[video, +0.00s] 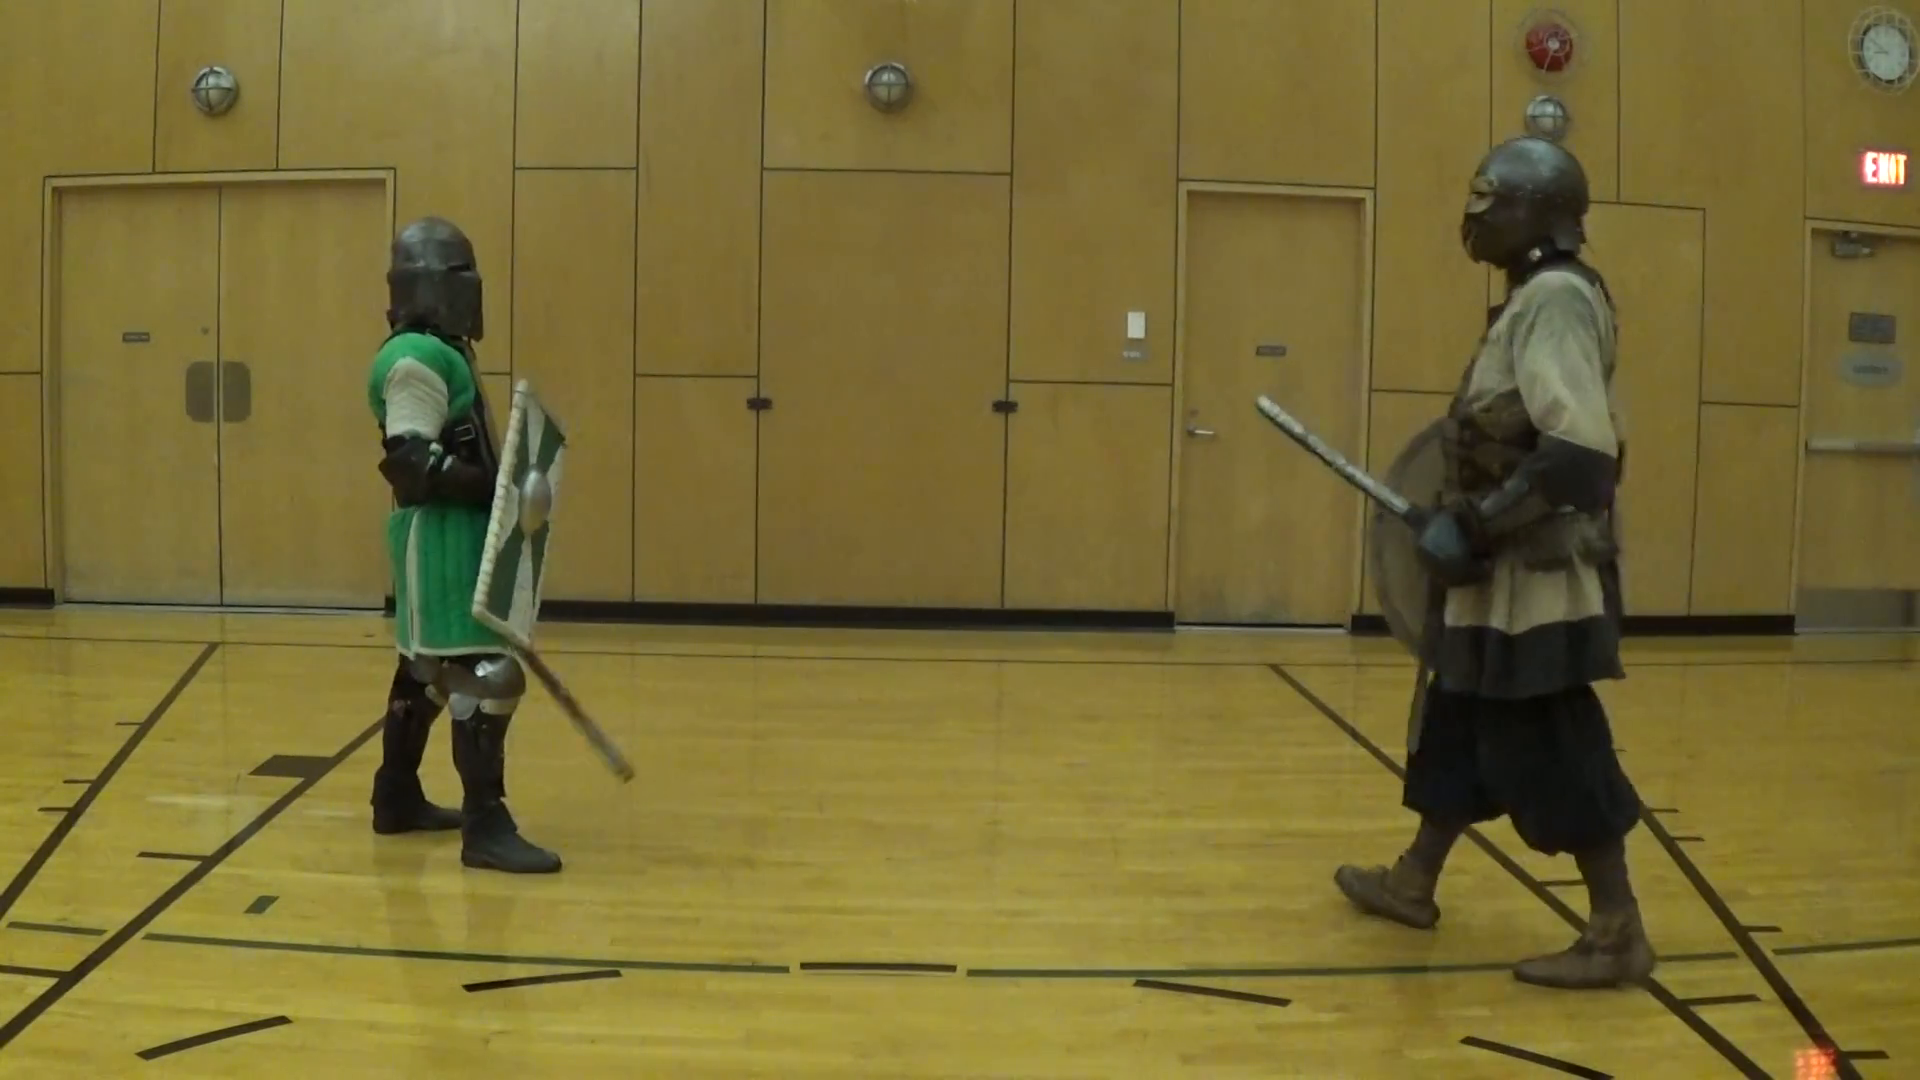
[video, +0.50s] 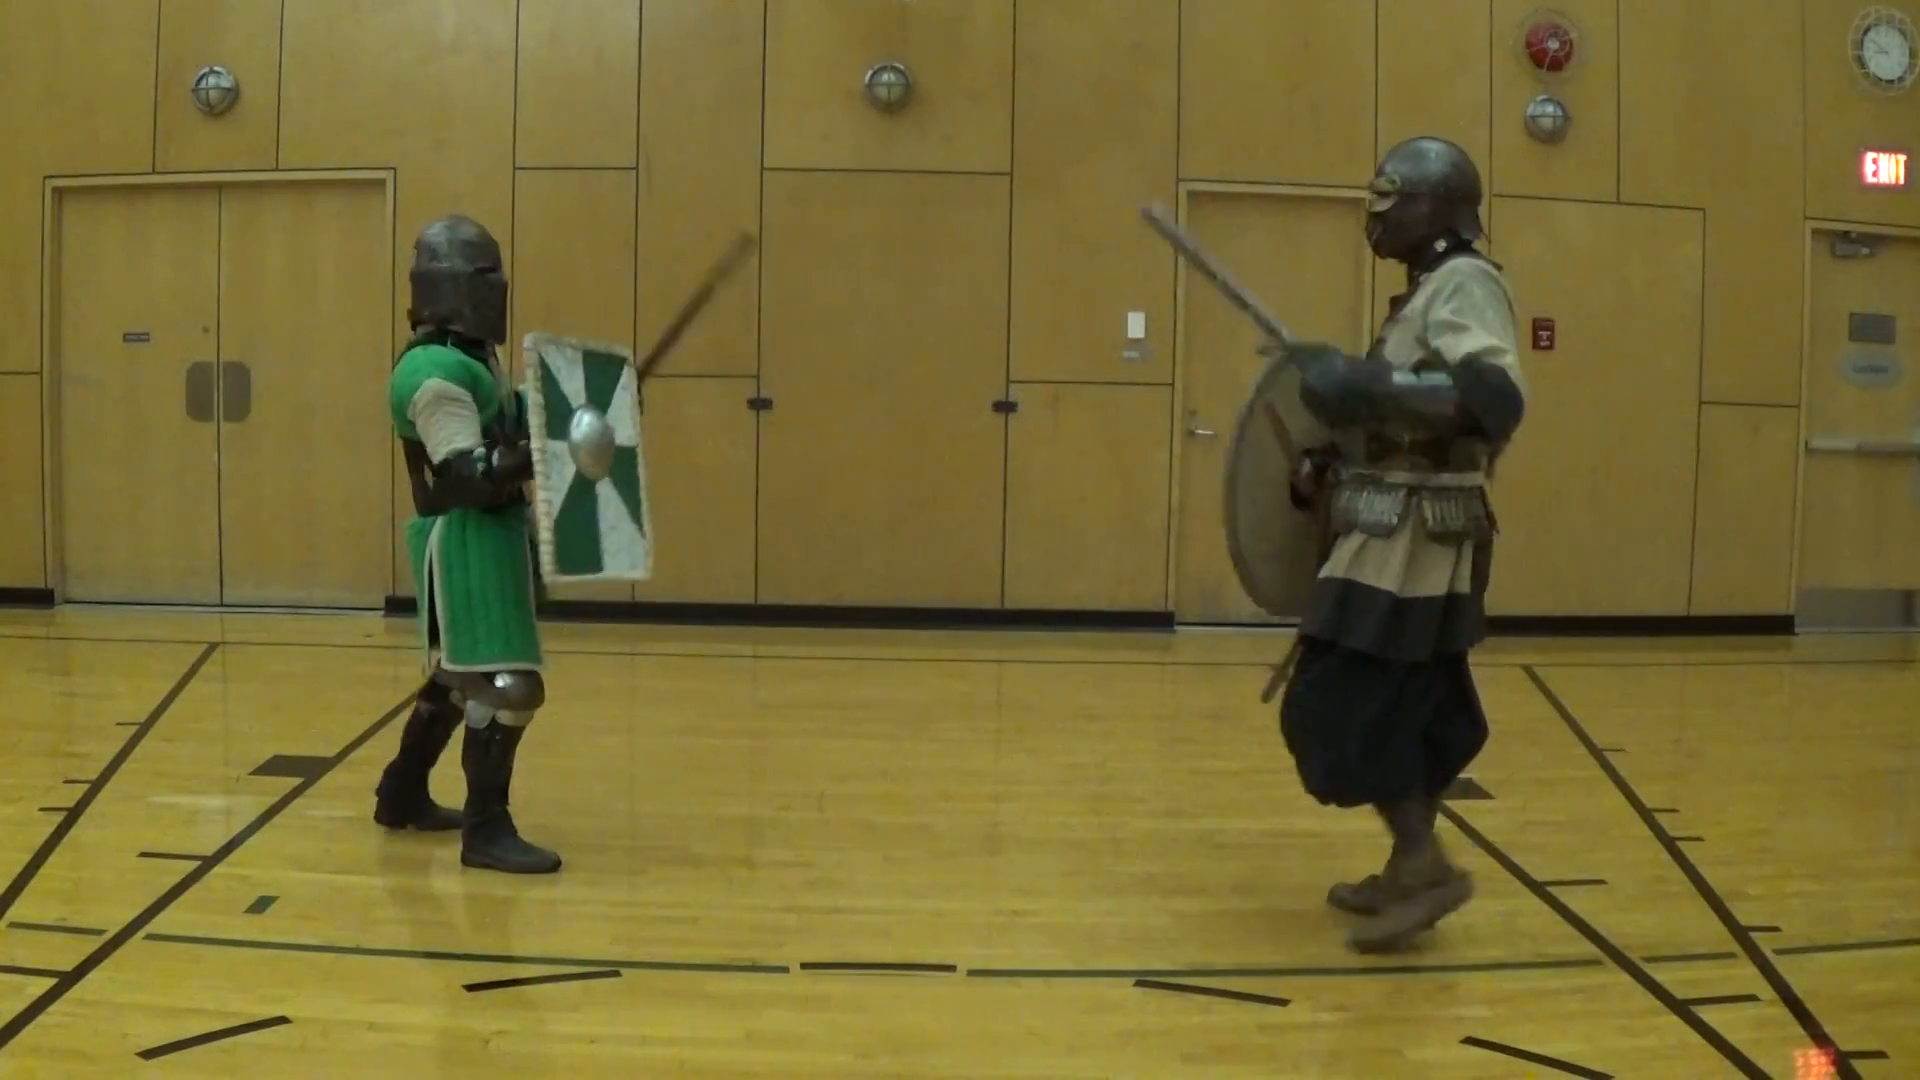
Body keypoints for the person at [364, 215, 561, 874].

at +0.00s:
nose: (472, 291)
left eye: (469, 278)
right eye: (462, 279)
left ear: (415, 289)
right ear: (435, 287)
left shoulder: (439, 354)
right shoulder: (417, 359)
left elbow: (451, 454)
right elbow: (412, 464)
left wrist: (507, 481)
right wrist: (504, 489)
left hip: (441, 528)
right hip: (443, 532)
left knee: (426, 662)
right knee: (488, 672)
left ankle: (397, 794)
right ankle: (487, 828)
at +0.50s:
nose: (498, 288)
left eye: (496, 276)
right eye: (484, 278)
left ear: (442, 294)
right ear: (448, 290)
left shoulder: (471, 361)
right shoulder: (433, 372)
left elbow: (506, 433)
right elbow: (466, 476)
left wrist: (551, 388)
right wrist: (549, 451)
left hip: (481, 530)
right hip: (465, 535)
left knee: (457, 673)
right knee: (507, 686)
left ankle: (403, 790)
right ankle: (488, 831)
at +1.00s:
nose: (556, 293)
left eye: (556, 280)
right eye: (544, 281)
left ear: (500, 290)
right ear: (507, 288)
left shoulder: (532, 355)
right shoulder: (486, 367)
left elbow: (600, 344)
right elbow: (549, 458)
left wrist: (628, 291)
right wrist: (618, 400)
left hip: (536, 527)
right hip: (508, 532)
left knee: (527, 674)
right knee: (559, 684)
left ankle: (474, 800)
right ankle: (501, 818)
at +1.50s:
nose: (698, 324)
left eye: (694, 312)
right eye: (689, 313)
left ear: (632, 320)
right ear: (664, 322)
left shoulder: (659, 380)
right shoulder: (629, 399)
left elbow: (725, 362)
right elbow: (687, 499)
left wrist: (762, 306)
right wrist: (755, 440)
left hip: (651, 562)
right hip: (653, 564)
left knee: (643, 702)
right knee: (719, 701)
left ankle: (514, 773)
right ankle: (695, 847)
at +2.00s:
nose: (922, 344)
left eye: (919, 335)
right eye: (914, 334)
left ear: (867, 336)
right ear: (892, 337)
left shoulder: (880, 394)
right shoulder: (861, 403)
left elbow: (923, 369)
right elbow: (916, 495)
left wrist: (960, 311)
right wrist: (995, 456)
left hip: (890, 556)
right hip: (861, 561)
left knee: (969, 672)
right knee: (952, 678)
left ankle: (903, 788)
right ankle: (879, 794)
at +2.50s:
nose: (993, 314)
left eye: (989, 304)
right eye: (984, 304)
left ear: (930, 314)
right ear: (963, 313)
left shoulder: (943, 375)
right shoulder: (948, 388)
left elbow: (991, 400)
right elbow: (979, 491)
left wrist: (1037, 365)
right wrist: (1054, 460)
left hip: (946, 535)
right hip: (965, 540)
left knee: (976, 660)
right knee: (1033, 665)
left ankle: (897, 746)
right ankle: (1013, 800)